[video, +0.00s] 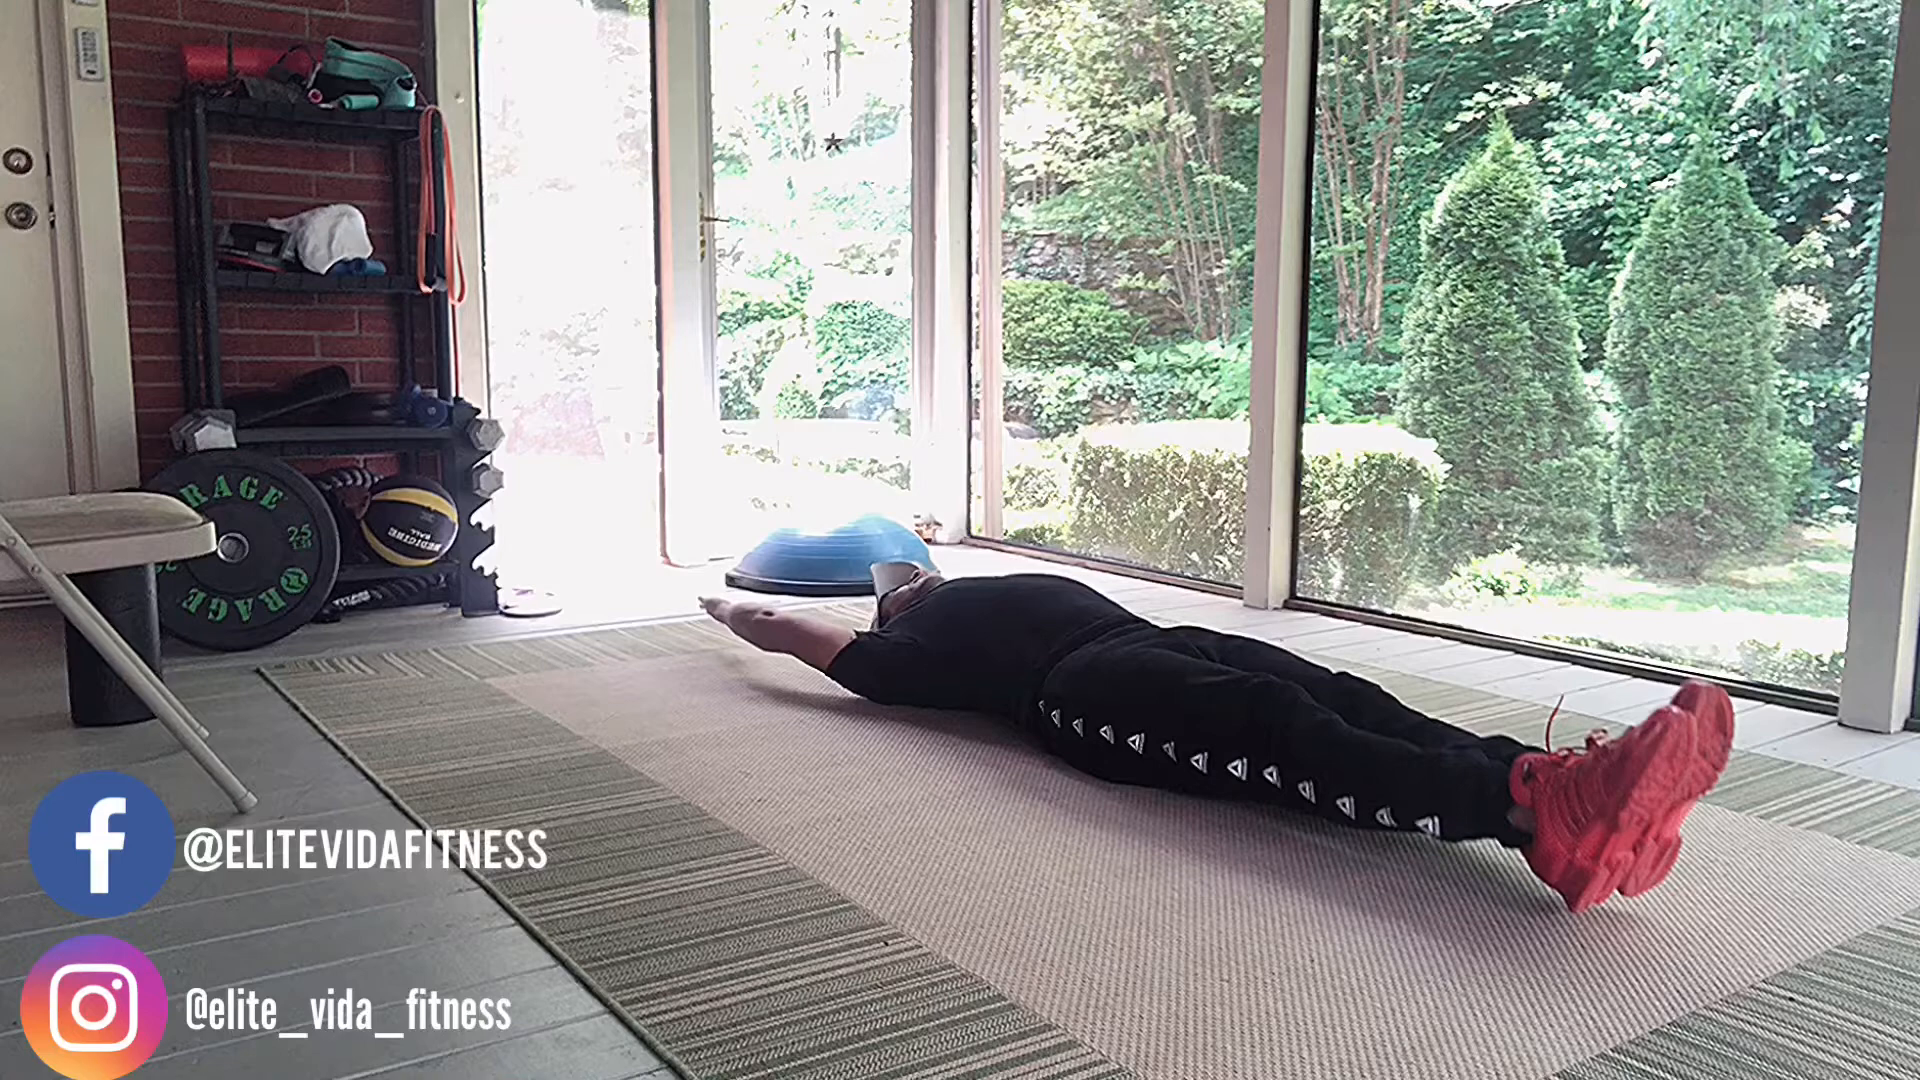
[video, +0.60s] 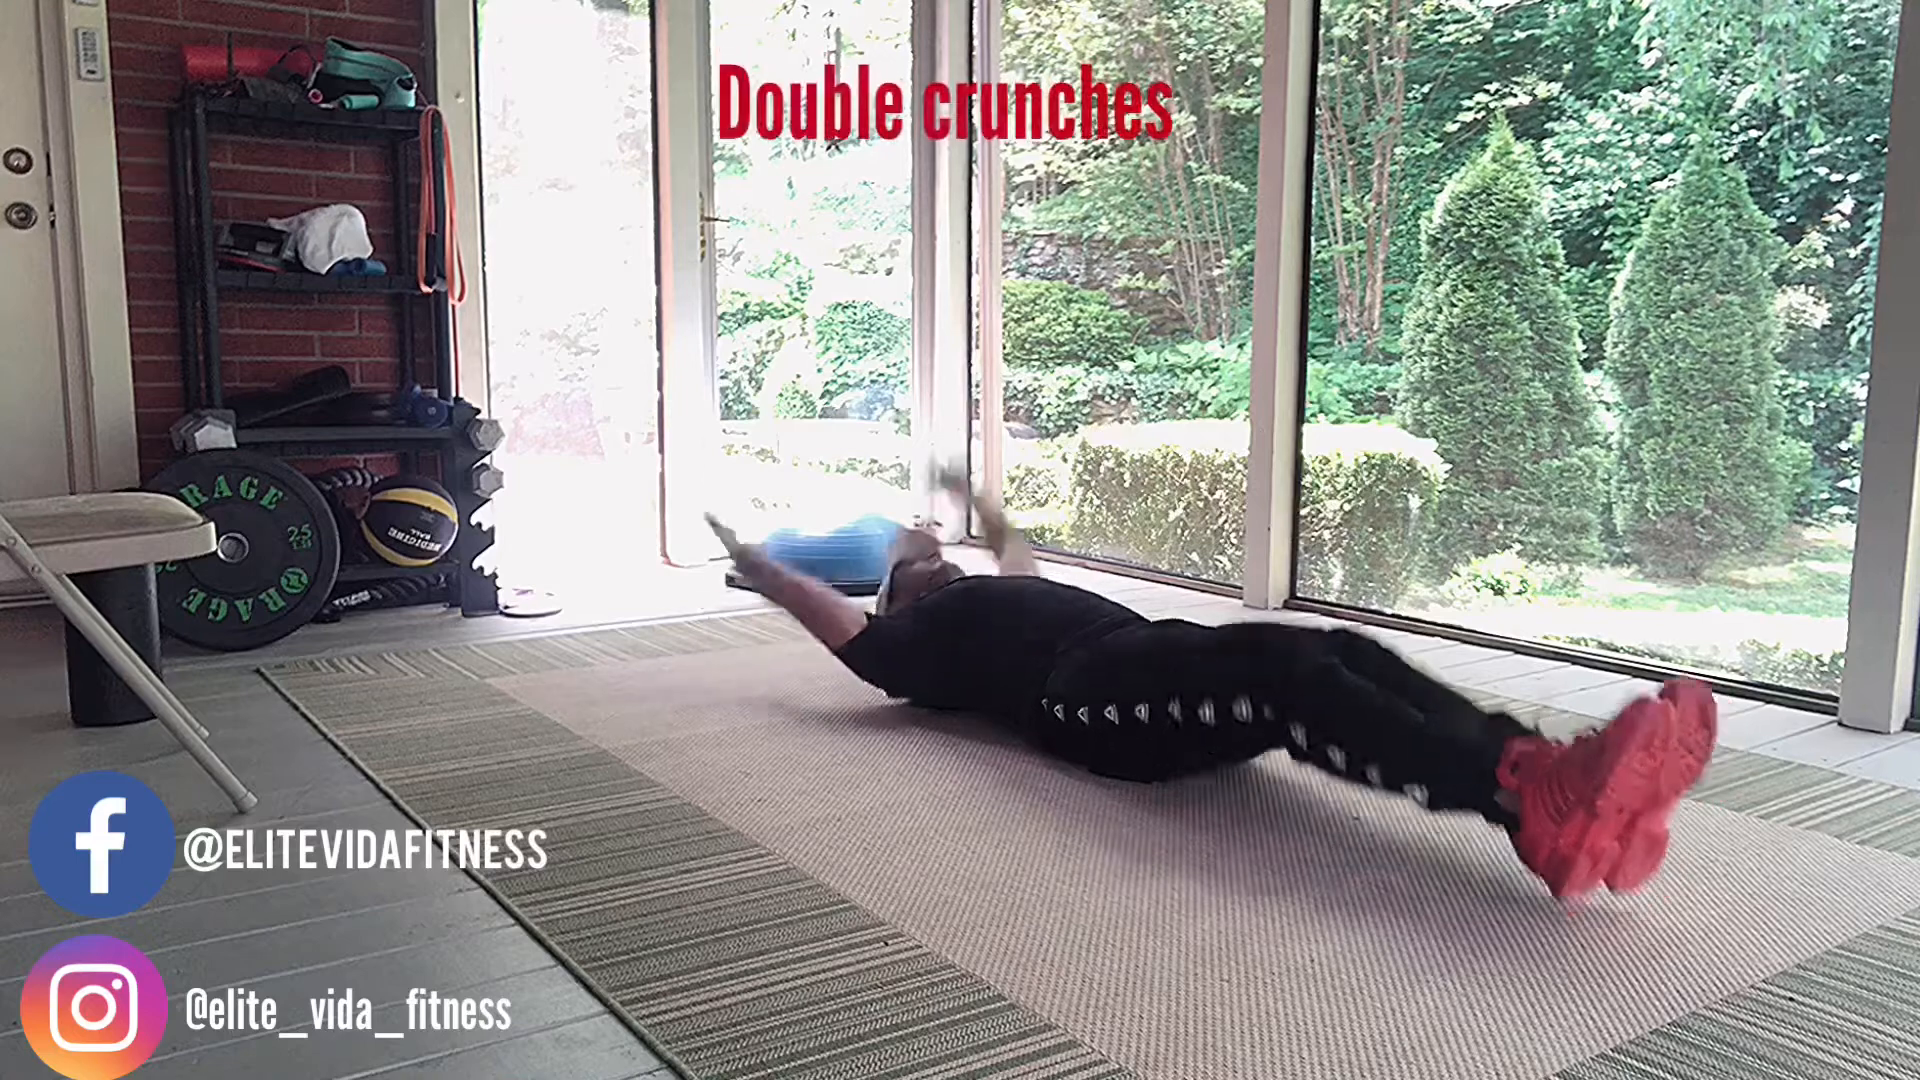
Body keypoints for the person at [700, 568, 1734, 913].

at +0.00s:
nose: (910, 570)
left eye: (907, 563)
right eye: (892, 575)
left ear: (918, 572)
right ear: (877, 597)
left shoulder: (997, 587)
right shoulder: (885, 646)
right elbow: (765, 623)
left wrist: (928, 550)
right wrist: (742, 596)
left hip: (1147, 639)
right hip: (1079, 684)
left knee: (1321, 687)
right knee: (1272, 728)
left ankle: (1571, 812)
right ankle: (1542, 812)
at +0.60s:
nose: (932, 552)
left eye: (939, 551)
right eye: (912, 558)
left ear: (953, 573)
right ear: (881, 597)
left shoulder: (990, 601)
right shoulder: (880, 640)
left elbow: (1009, 555)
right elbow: (781, 585)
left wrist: (951, 544)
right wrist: (743, 556)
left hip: (1151, 648)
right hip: (1082, 691)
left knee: (1345, 647)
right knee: (1294, 672)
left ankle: (1564, 786)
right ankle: (1538, 817)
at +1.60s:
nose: (1005, 494)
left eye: (1008, 480)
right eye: (987, 481)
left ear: (1010, 496)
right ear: (942, 496)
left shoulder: (1056, 566)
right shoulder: (924, 597)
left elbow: (1190, 536)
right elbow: (941, 507)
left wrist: (1270, 422)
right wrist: (981, 395)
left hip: (1181, 693)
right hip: (1096, 701)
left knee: (1202, 442)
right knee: (1110, 452)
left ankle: (1354, 513)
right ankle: (1303, 511)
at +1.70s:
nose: (972, 500)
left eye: (980, 492)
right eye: (955, 492)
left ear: (997, 512)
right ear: (921, 514)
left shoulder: (1054, 566)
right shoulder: (917, 600)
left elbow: (1155, 479)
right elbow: (906, 479)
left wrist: (1213, 369)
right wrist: (919, 352)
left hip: (1175, 703)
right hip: (1093, 705)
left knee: (1235, 474)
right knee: (1151, 477)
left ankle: (1389, 535)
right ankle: (1361, 553)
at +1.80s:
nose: (956, 512)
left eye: (967, 505)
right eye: (940, 508)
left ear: (989, 526)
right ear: (908, 541)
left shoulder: (1051, 574)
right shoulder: (908, 607)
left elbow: (1123, 479)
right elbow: (864, 476)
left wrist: (1152, 351)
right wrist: (853, 357)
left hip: (1180, 703)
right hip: (1095, 710)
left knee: (1270, 496)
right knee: (1182, 507)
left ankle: (1454, 587)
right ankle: (1411, 589)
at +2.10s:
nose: (936, 552)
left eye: (943, 546)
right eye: (914, 556)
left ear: (966, 558)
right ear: (892, 591)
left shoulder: (1020, 588)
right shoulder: (898, 625)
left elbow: (1052, 515)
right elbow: (812, 551)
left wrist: (1010, 440)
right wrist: (764, 451)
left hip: (1137, 646)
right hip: (1082, 693)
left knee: (1333, 616)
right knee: (1274, 649)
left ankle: (1562, 709)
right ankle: (1528, 723)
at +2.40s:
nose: (934, 558)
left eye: (943, 556)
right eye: (915, 564)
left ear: (967, 567)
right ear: (889, 600)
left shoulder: (1014, 588)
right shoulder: (883, 645)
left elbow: (1087, 586)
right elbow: (768, 597)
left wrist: (955, 552)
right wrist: (736, 571)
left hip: (1145, 640)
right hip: (1076, 684)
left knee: (1338, 684)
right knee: (1278, 722)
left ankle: (1564, 805)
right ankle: (1542, 795)